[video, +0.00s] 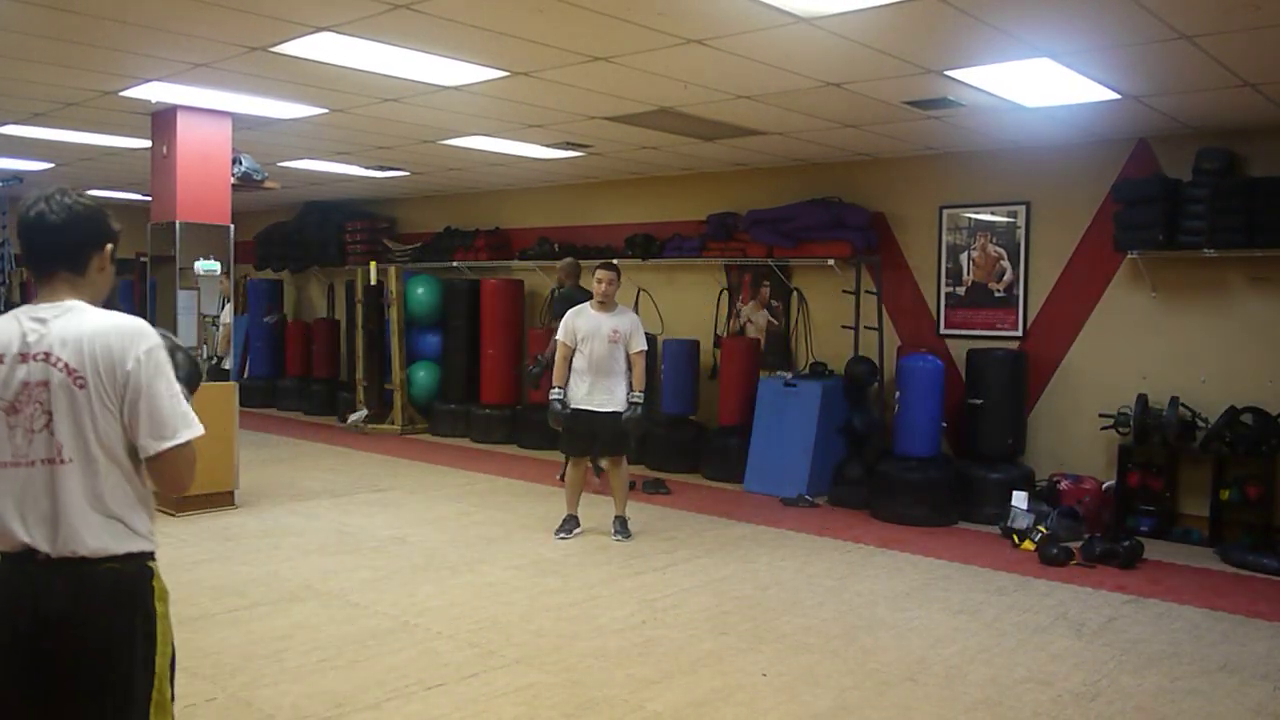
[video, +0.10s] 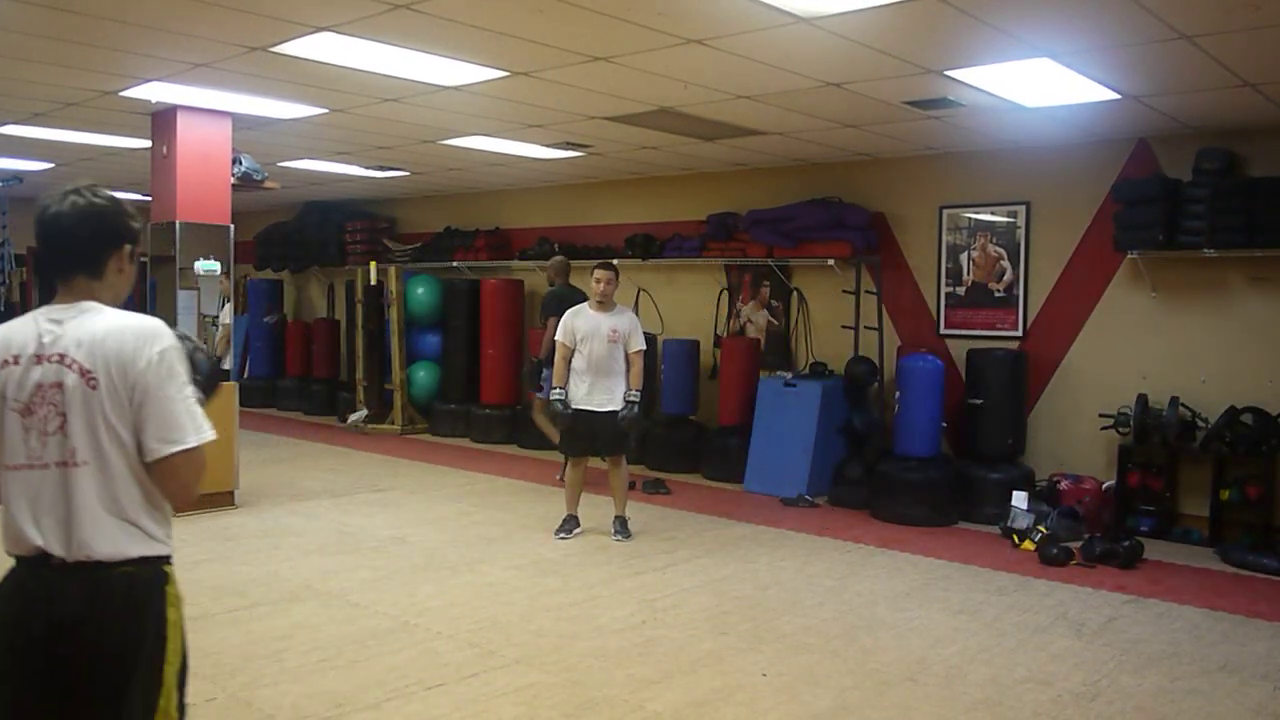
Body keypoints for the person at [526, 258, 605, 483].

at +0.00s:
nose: (556, 277)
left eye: (558, 273)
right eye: (558, 273)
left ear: (564, 275)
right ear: (578, 275)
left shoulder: (560, 297)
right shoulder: (587, 297)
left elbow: (559, 335)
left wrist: (542, 360)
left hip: (568, 361)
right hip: (587, 360)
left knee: (570, 415)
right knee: (586, 414)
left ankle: (570, 464)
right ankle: (595, 460)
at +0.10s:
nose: (547, 274)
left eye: (548, 271)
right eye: (548, 271)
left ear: (552, 273)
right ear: (568, 273)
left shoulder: (552, 296)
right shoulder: (581, 295)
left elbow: (551, 328)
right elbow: (585, 329)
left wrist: (541, 358)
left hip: (555, 361)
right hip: (577, 360)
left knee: (538, 411)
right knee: (569, 412)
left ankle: (565, 445)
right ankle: (569, 464)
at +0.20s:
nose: (536, 275)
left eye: (537, 272)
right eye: (537, 272)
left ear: (541, 273)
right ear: (557, 272)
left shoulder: (543, 295)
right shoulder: (572, 294)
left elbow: (545, 328)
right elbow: (576, 329)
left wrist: (535, 358)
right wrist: (573, 355)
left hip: (545, 361)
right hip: (567, 360)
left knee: (523, 407)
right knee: (564, 409)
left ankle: (536, 448)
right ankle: (568, 460)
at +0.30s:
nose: (524, 277)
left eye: (526, 273)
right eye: (526, 273)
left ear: (530, 275)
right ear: (544, 274)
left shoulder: (530, 296)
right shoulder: (558, 294)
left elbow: (532, 332)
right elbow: (569, 325)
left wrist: (524, 363)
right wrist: (567, 356)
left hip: (534, 366)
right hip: (557, 365)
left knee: (514, 408)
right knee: (558, 413)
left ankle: (507, 461)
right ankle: (567, 463)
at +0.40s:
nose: (510, 279)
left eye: (512, 276)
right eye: (512, 275)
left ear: (517, 278)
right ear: (530, 277)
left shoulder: (516, 300)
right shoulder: (545, 297)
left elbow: (517, 331)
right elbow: (555, 329)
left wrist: (510, 363)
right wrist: (553, 358)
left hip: (521, 365)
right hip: (544, 363)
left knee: (504, 409)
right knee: (547, 412)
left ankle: (499, 462)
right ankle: (562, 459)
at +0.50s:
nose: (497, 281)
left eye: (498, 277)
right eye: (498, 277)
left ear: (503, 278)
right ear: (517, 276)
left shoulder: (502, 299)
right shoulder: (533, 295)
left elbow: (501, 331)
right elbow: (548, 324)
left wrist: (494, 360)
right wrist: (544, 349)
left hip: (508, 361)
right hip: (532, 359)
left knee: (496, 408)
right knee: (526, 407)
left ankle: (498, 464)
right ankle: (549, 449)